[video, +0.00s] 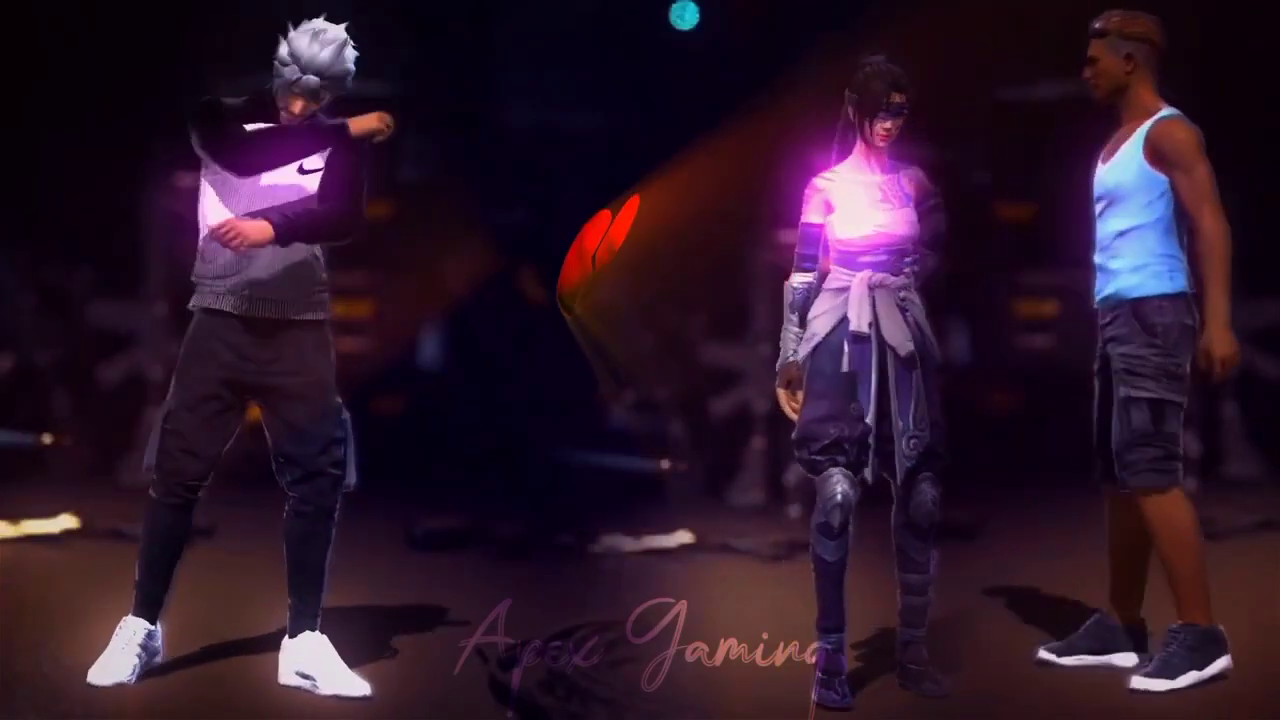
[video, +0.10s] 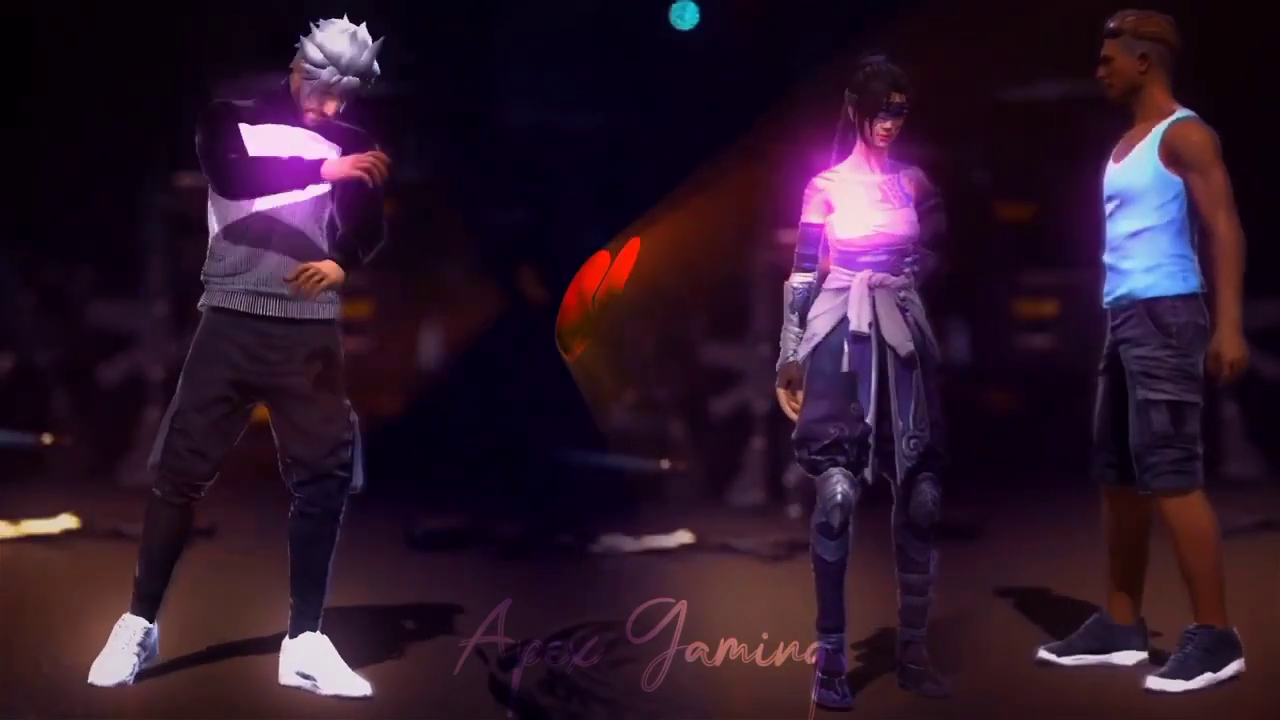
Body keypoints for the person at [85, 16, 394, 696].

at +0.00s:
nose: (303, 109)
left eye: (316, 100)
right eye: (295, 94)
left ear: (335, 97)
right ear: (277, 82)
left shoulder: (343, 141)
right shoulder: (220, 117)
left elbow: (345, 214)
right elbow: (241, 157)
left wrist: (270, 226)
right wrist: (344, 131)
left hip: (300, 330)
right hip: (217, 326)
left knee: (314, 480)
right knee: (176, 475)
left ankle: (304, 638)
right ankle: (141, 627)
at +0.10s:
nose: (328, 110)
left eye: (342, 99)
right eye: (320, 93)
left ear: (357, 93)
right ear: (296, 72)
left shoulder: (358, 143)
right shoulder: (231, 116)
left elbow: (366, 235)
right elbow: (231, 175)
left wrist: (344, 261)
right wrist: (330, 165)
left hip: (309, 332)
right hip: (227, 325)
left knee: (323, 480)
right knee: (177, 474)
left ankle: (305, 638)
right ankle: (138, 626)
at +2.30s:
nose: (328, 100)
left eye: (340, 87)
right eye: (316, 87)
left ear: (361, 79)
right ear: (295, 81)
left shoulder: (394, 143)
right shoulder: (262, 133)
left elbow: (444, 233)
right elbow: (223, 217)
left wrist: (490, 303)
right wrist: (217, 296)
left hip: (345, 318)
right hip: (269, 307)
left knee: (350, 469)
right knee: (316, 421)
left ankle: (309, 635)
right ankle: (394, 539)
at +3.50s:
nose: (329, 104)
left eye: (341, 91)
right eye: (317, 92)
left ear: (361, 79)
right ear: (295, 79)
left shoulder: (391, 131)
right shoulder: (263, 122)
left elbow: (449, 177)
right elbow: (219, 202)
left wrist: (474, 215)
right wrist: (220, 275)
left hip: (339, 311)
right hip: (266, 296)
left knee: (340, 475)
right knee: (323, 365)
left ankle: (311, 632)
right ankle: (449, 436)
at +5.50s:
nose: (359, 111)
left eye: (372, 102)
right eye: (350, 96)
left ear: (387, 93)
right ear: (330, 75)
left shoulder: (391, 133)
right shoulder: (270, 114)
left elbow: (453, 208)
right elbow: (219, 198)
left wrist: (456, 185)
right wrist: (208, 286)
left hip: (335, 309)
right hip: (263, 294)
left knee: (336, 470)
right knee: (317, 399)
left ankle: (309, 635)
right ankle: (407, 508)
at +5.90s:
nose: (357, 116)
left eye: (371, 106)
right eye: (349, 101)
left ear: (386, 97)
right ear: (329, 80)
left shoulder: (391, 136)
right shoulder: (270, 117)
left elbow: (447, 211)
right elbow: (219, 202)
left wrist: (456, 192)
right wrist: (207, 287)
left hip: (335, 309)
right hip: (262, 294)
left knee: (344, 461)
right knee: (312, 406)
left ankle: (308, 635)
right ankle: (400, 519)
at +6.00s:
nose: (357, 117)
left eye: (370, 107)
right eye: (348, 102)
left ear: (386, 98)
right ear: (329, 80)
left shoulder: (391, 136)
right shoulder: (270, 118)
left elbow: (445, 213)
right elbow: (219, 202)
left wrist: (456, 194)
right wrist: (207, 287)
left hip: (334, 309)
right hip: (263, 294)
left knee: (344, 461)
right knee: (311, 408)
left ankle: (308, 635)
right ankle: (397, 520)